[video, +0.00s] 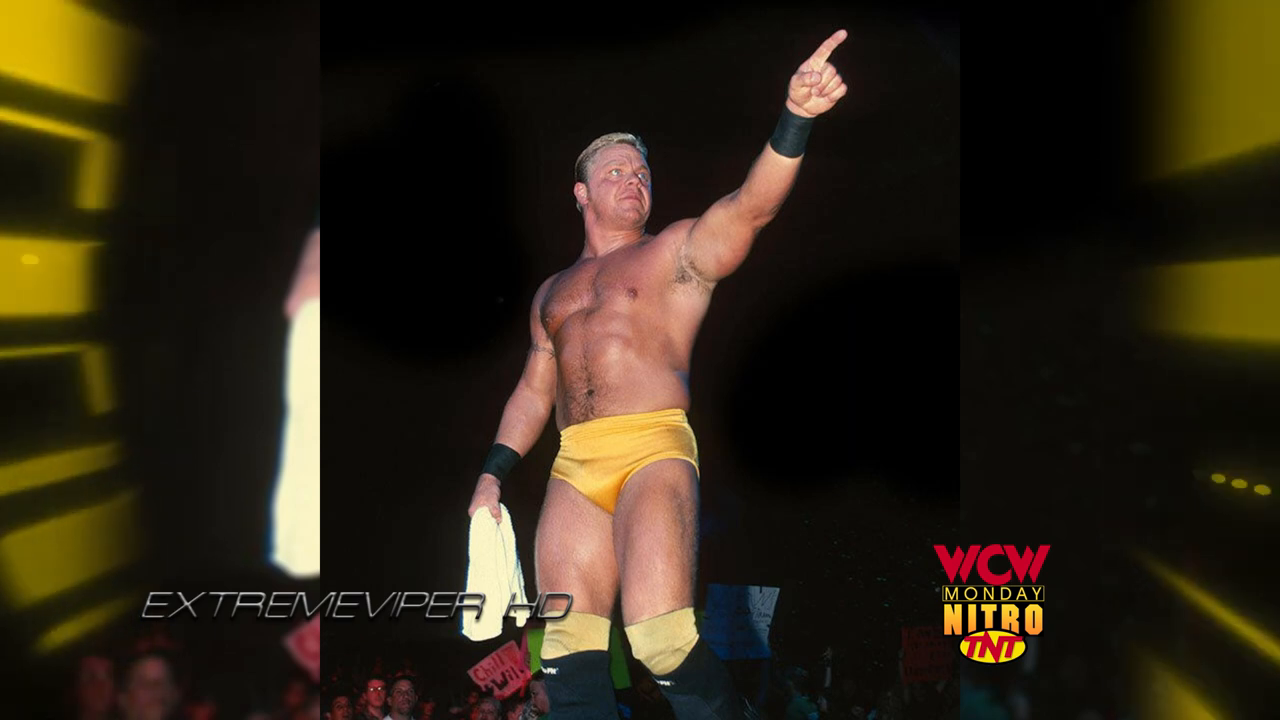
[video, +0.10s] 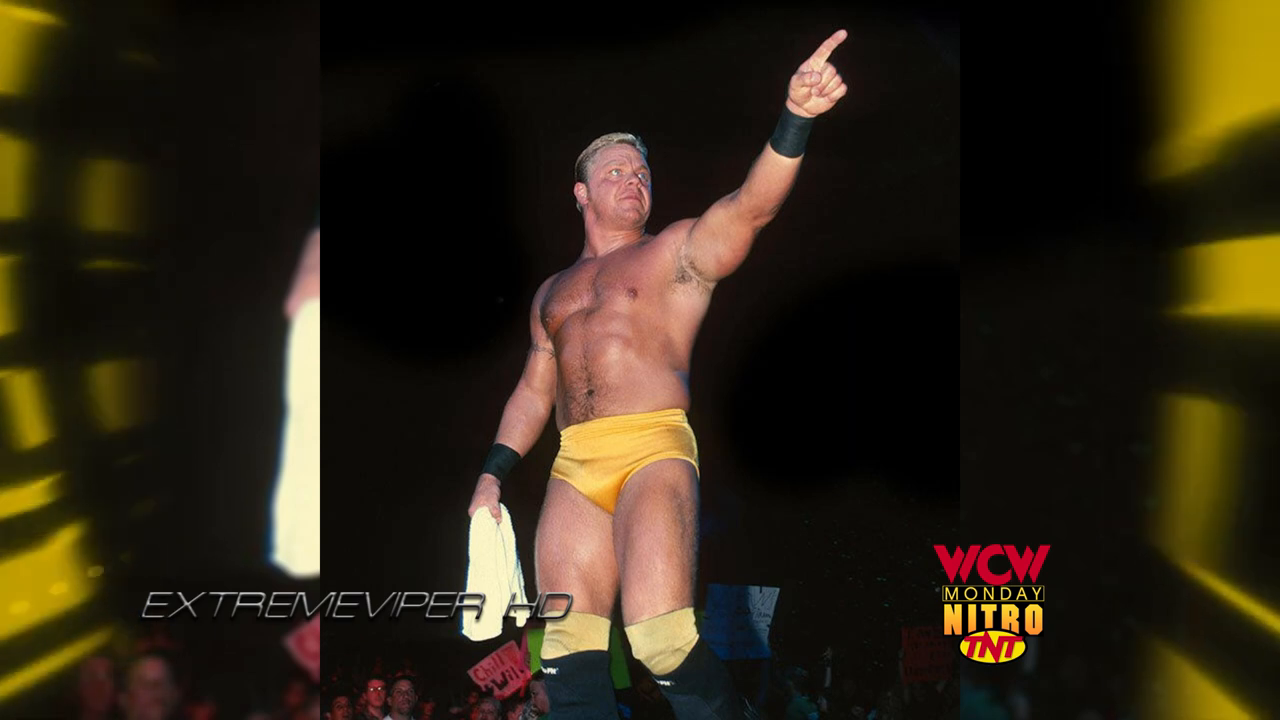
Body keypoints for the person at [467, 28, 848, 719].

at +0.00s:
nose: (631, 179)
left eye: (640, 172)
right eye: (614, 170)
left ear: (650, 194)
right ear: (580, 193)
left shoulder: (680, 253)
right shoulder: (552, 296)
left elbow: (753, 203)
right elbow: (534, 393)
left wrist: (797, 115)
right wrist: (490, 478)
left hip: (656, 448)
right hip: (575, 462)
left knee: (660, 637)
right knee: (568, 647)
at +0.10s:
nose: (631, 179)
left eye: (640, 172)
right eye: (614, 170)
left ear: (650, 194)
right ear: (580, 193)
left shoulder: (680, 253)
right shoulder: (552, 296)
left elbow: (753, 203)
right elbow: (534, 393)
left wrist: (797, 115)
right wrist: (490, 478)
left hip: (656, 448)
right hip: (575, 462)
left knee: (660, 637)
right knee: (568, 647)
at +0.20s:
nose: (632, 179)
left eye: (640, 172)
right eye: (615, 170)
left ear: (650, 194)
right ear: (581, 193)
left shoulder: (680, 254)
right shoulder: (552, 296)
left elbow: (753, 203)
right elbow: (534, 394)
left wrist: (797, 116)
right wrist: (490, 478)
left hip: (656, 448)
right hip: (575, 462)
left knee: (660, 636)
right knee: (568, 647)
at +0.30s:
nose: (632, 179)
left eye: (640, 172)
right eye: (615, 170)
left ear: (650, 194)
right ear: (581, 193)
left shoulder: (680, 254)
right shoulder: (552, 296)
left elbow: (753, 203)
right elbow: (534, 394)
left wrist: (797, 116)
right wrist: (490, 478)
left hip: (656, 448)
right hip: (575, 462)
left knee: (660, 636)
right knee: (568, 647)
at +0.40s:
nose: (632, 179)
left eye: (640, 172)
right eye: (615, 170)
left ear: (650, 194)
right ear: (581, 193)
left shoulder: (680, 254)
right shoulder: (552, 296)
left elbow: (753, 203)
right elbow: (534, 394)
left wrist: (797, 116)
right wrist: (490, 478)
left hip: (656, 448)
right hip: (575, 462)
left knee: (660, 636)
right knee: (568, 647)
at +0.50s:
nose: (631, 179)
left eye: (640, 172)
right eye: (614, 170)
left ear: (650, 194)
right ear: (580, 193)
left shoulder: (680, 253)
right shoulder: (552, 296)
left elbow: (753, 203)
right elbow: (534, 393)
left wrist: (797, 115)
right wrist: (490, 478)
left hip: (656, 448)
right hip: (575, 462)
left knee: (660, 637)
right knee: (568, 647)